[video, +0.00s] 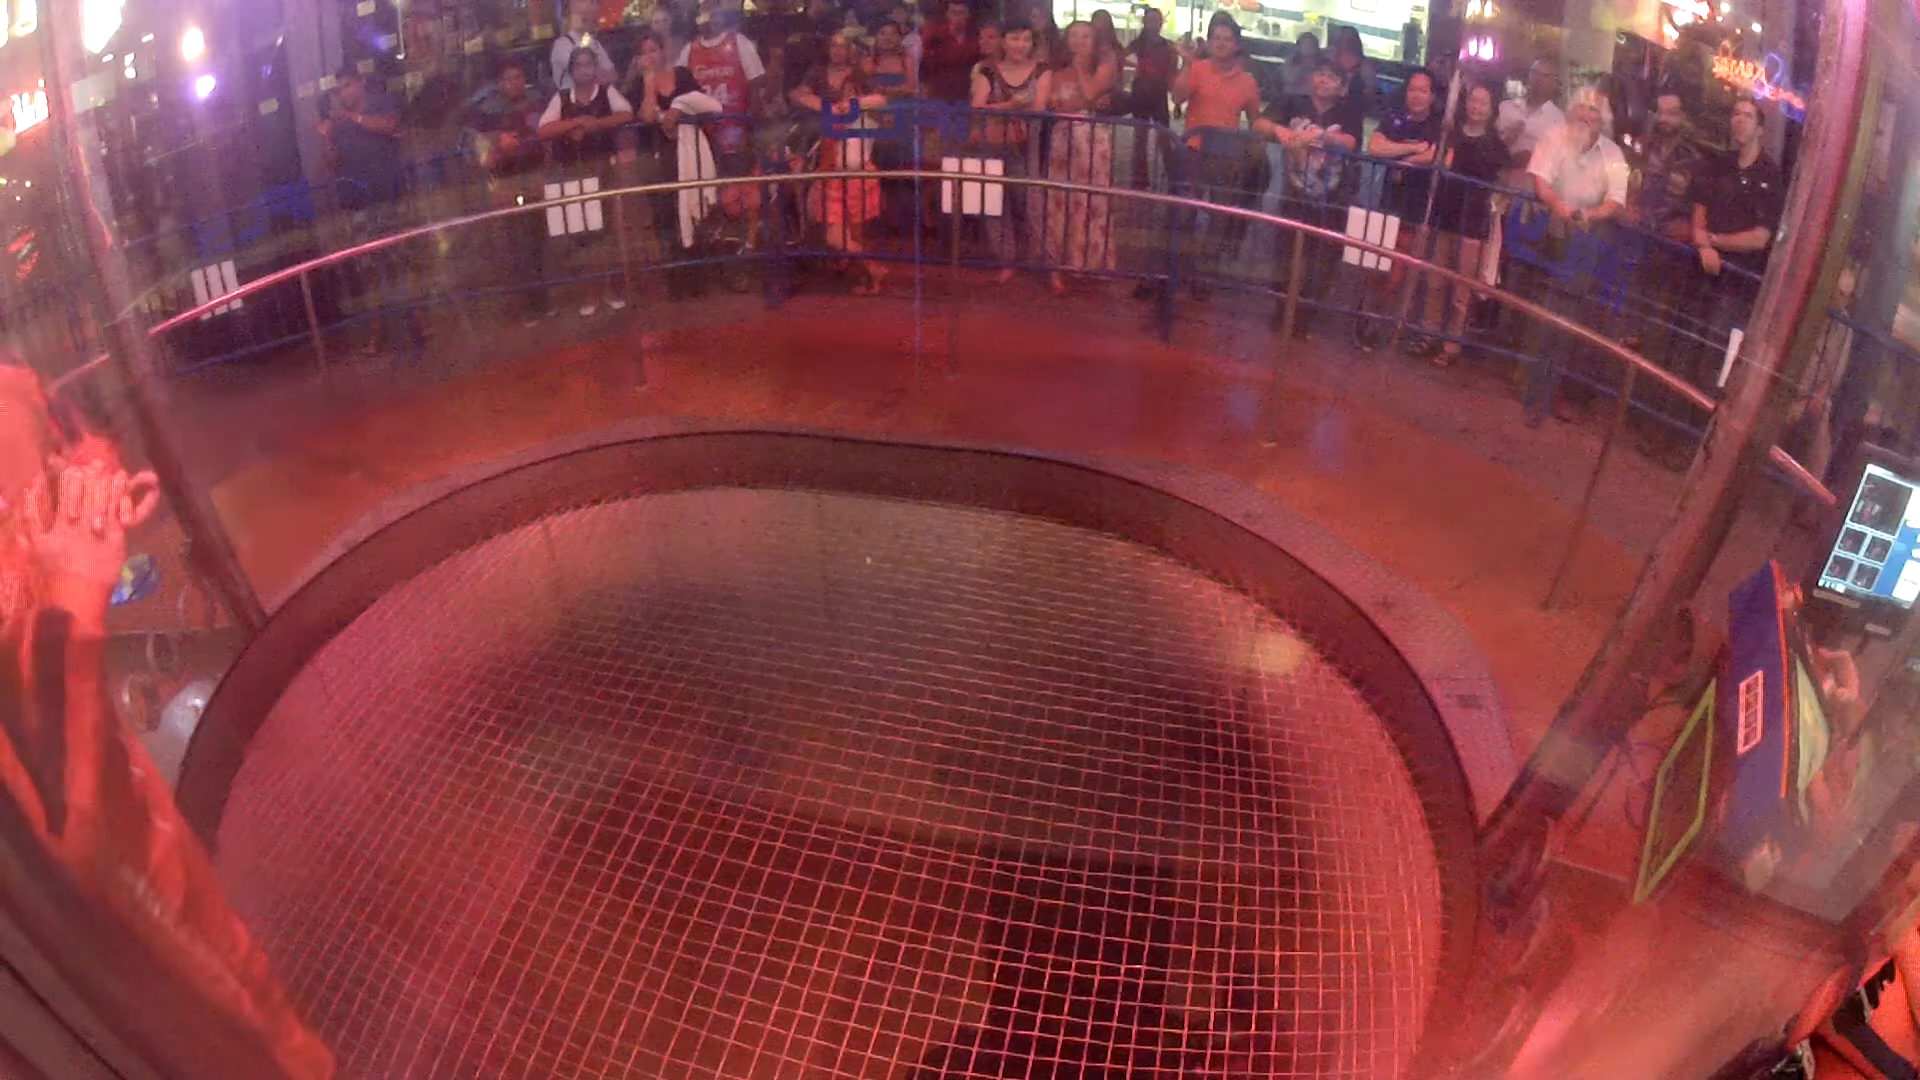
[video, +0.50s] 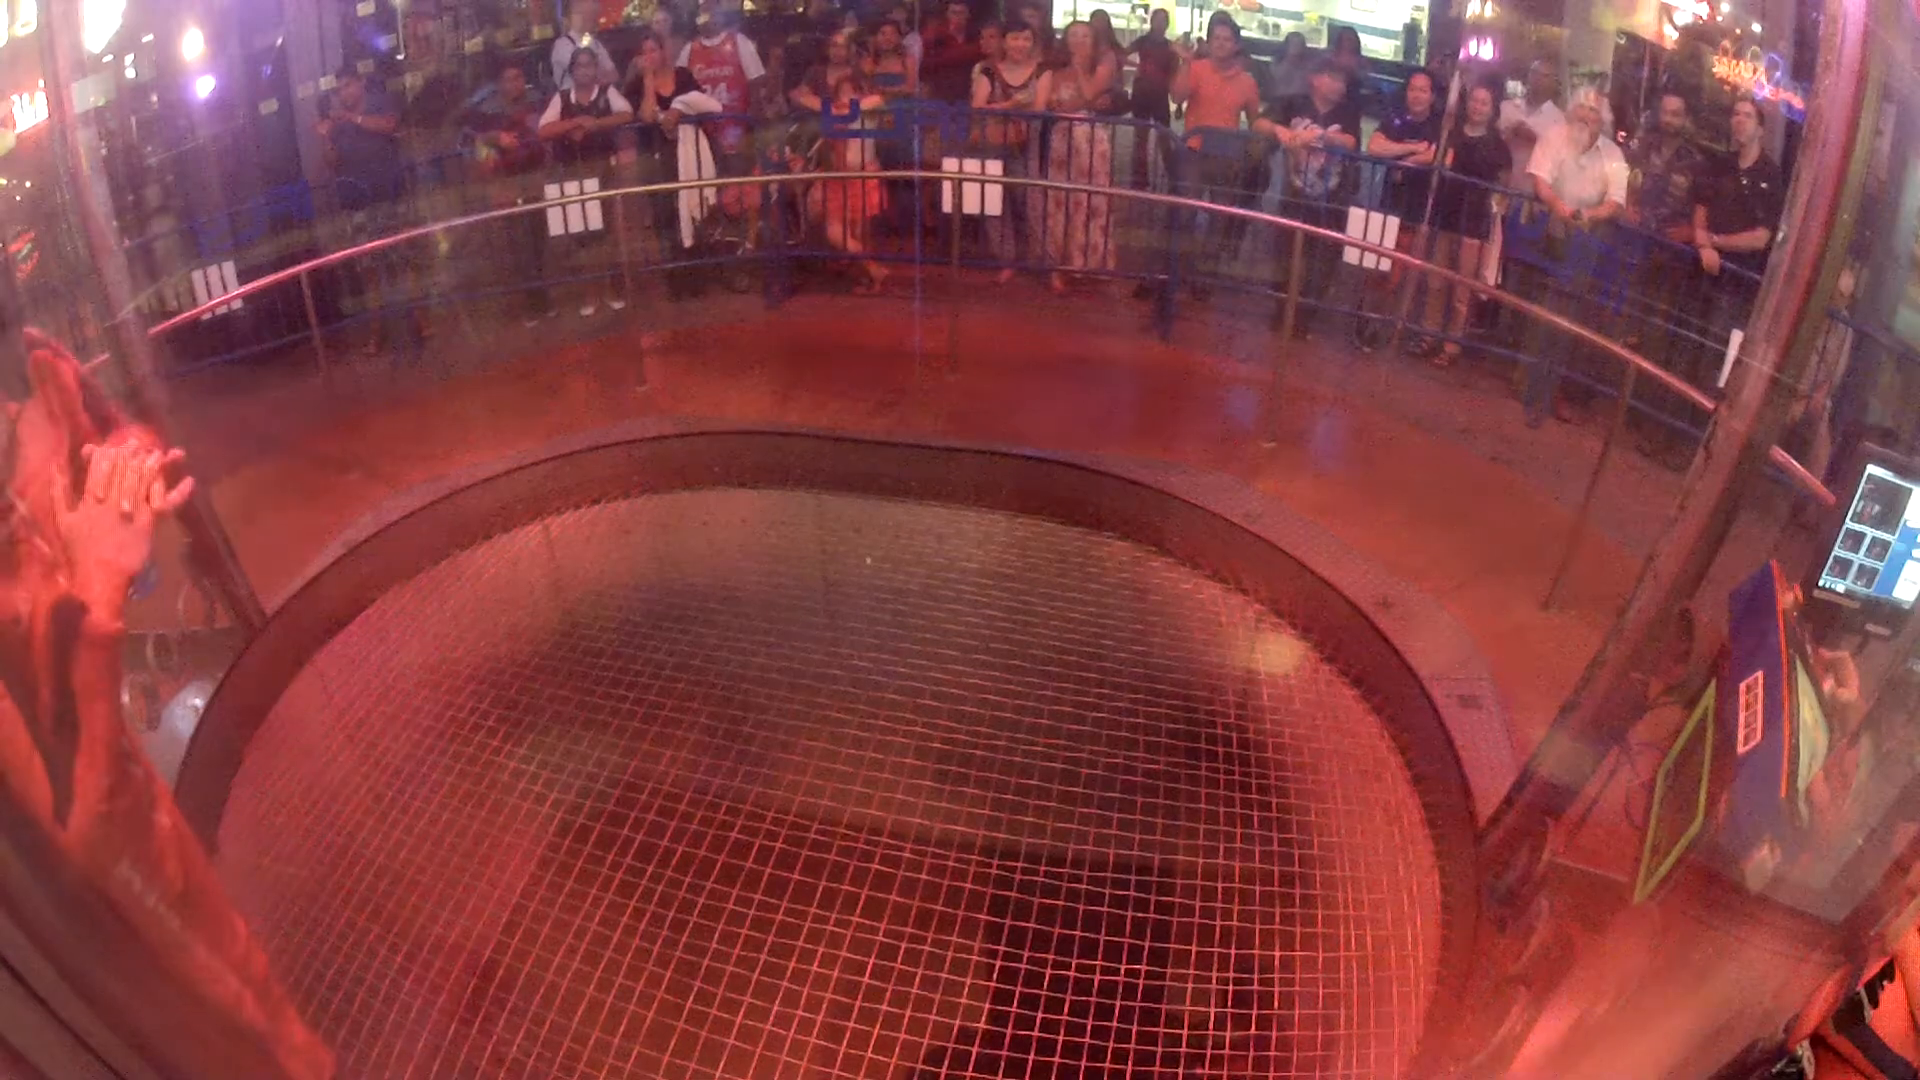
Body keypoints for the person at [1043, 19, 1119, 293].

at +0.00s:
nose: (1079, 41)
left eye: (1085, 36)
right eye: (1074, 36)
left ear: (1095, 41)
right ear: (1067, 41)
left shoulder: (1104, 66)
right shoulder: (1059, 72)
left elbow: (1090, 94)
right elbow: (1049, 105)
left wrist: (1081, 65)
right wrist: (1082, 102)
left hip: (1091, 138)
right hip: (1062, 137)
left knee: (1089, 201)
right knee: (1060, 201)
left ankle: (1087, 265)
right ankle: (1058, 265)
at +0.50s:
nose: (1079, 42)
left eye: (1085, 37)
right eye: (1074, 37)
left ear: (1094, 41)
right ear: (1066, 42)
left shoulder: (1104, 64)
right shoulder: (1055, 73)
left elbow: (1090, 94)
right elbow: (1041, 108)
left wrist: (1081, 65)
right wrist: (1068, 107)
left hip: (1089, 138)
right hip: (1060, 137)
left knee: (1087, 201)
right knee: (1059, 200)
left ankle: (1085, 265)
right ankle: (1058, 264)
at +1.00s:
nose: (1078, 41)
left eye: (1084, 37)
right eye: (1073, 36)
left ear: (1092, 40)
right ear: (1064, 41)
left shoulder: (1103, 63)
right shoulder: (1055, 71)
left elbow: (1089, 94)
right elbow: (1041, 106)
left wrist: (1079, 62)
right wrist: (1066, 107)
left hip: (1088, 136)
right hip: (1060, 136)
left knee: (1086, 200)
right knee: (1058, 199)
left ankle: (1083, 263)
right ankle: (1058, 263)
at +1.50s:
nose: (1075, 40)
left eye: (1081, 36)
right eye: (1070, 36)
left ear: (1088, 40)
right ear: (1061, 40)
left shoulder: (1099, 66)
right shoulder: (1051, 74)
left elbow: (1090, 94)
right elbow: (1038, 108)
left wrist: (1074, 63)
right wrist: (1069, 106)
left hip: (1088, 137)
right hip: (1060, 136)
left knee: (1086, 200)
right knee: (1057, 199)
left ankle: (1084, 263)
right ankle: (1057, 264)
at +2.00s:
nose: (1067, 45)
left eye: (1072, 39)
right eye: (1063, 40)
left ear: (1082, 42)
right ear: (1055, 44)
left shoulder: (1095, 68)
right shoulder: (1051, 74)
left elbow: (1097, 98)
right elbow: (1039, 108)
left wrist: (1078, 71)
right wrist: (1061, 105)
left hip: (1089, 137)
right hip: (1059, 137)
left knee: (1088, 200)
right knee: (1059, 200)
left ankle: (1086, 263)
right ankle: (1059, 264)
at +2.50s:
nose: (1068, 42)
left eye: (1073, 37)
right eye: (1064, 37)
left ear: (1083, 40)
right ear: (1057, 42)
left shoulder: (1094, 70)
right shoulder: (1050, 74)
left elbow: (1098, 101)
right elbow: (1037, 108)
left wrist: (1081, 76)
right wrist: (1062, 105)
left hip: (1087, 137)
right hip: (1058, 136)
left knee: (1085, 200)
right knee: (1058, 200)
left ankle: (1082, 264)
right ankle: (1057, 265)